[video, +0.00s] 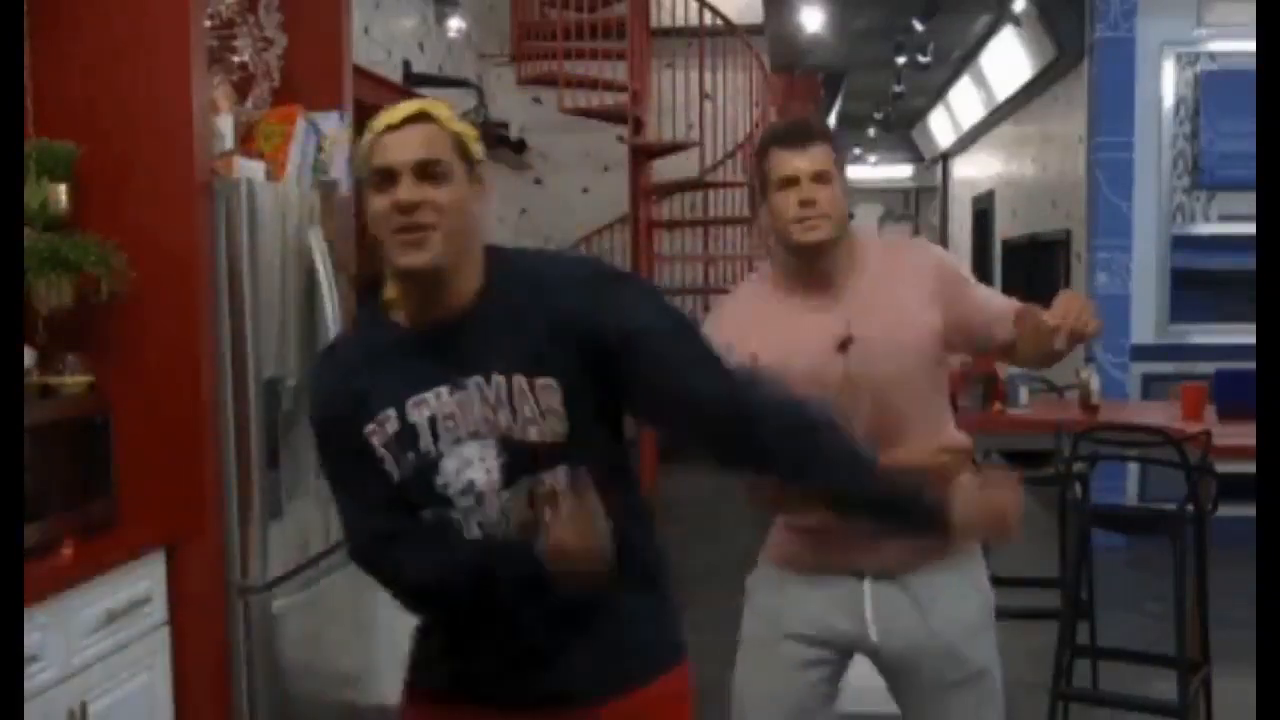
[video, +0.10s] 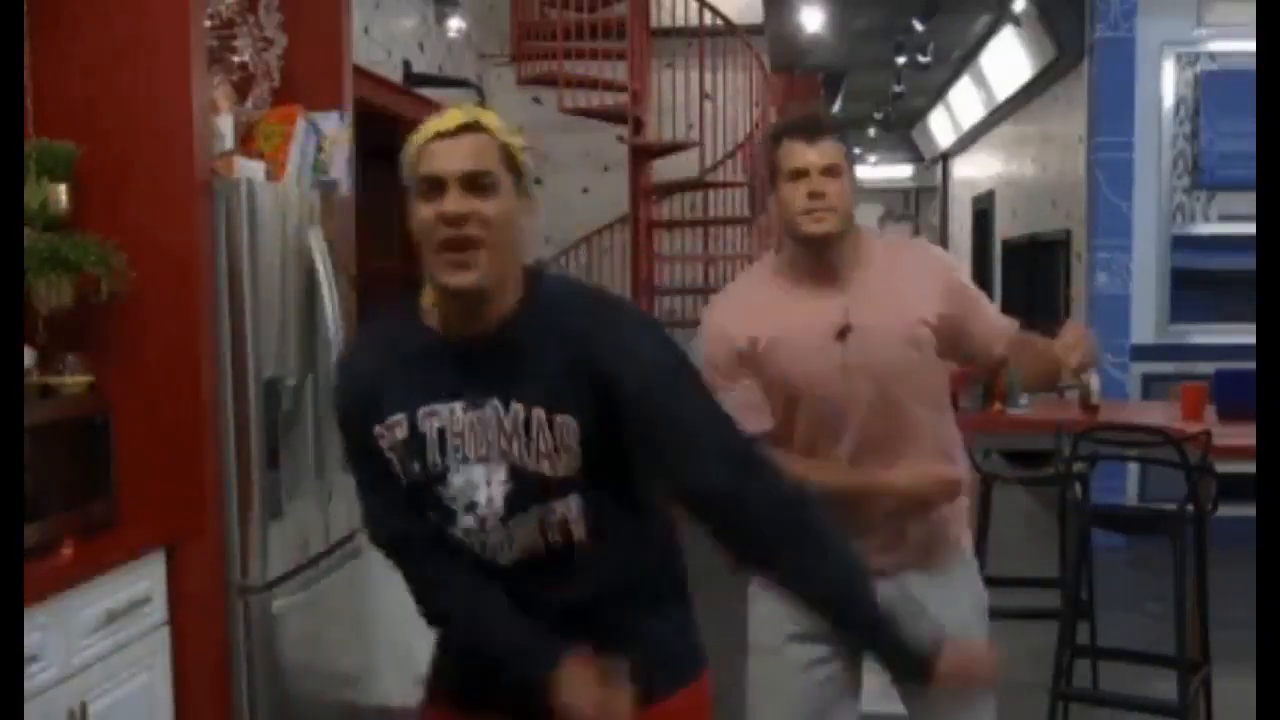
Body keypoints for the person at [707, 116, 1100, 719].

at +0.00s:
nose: (807, 196)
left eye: (821, 179)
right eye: (787, 185)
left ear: (845, 191)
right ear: (763, 205)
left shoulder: (919, 269)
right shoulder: (734, 323)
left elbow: (1014, 336)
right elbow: (761, 485)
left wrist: (1059, 325)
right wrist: (894, 469)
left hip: (933, 574)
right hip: (799, 579)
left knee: (967, 709)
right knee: (764, 710)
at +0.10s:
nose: (816, 189)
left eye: (830, 172)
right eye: (797, 177)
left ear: (852, 184)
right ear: (773, 196)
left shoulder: (921, 268)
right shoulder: (733, 316)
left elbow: (1006, 349)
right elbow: (747, 464)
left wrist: (1057, 358)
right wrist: (884, 486)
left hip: (932, 566)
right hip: (803, 571)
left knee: (963, 709)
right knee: (787, 710)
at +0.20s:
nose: (822, 208)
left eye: (837, 194)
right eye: (804, 196)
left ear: (860, 210)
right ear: (779, 215)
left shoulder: (924, 308)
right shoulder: (734, 328)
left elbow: (983, 427)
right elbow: (727, 464)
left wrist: (1058, 485)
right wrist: (815, 556)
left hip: (912, 570)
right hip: (777, 574)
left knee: (947, 704)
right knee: (739, 702)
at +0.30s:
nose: (811, 209)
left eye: (826, 196)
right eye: (794, 198)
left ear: (848, 215)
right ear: (769, 219)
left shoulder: (909, 311)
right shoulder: (720, 329)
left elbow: (957, 432)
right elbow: (712, 466)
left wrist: (1025, 541)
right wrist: (753, 568)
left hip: (895, 585)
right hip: (761, 586)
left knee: (932, 708)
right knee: (734, 707)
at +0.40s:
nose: (766, 190)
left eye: (782, 177)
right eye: (750, 177)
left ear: (807, 198)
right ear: (728, 194)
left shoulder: (851, 293)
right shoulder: (666, 290)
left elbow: (894, 422)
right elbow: (620, 413)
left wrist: (858, 529)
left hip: (825, 576)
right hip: (695, 577)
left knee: (880, 709)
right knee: (676, 711)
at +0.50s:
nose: (741, 201)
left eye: (757, 188)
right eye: (725, 189)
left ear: (780, 207)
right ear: (703, 207)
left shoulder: (825, 310)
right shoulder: (641, 299)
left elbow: (848, 451)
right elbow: (594, 418)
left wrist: (782, 509)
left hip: (796, 572)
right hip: (669, 578)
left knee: (856, 706)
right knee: (659, 711)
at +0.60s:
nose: (698, 207)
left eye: (713, 192)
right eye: (682, 195)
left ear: (738, 205)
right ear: (662, 211)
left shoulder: (791, 312)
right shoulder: (617, 288)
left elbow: (795, 452)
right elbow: (532, 344)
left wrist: (710, 439)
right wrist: (467, 313)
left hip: (758, 562)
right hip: (636, 559)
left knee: (794, 707)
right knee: (612, 710)